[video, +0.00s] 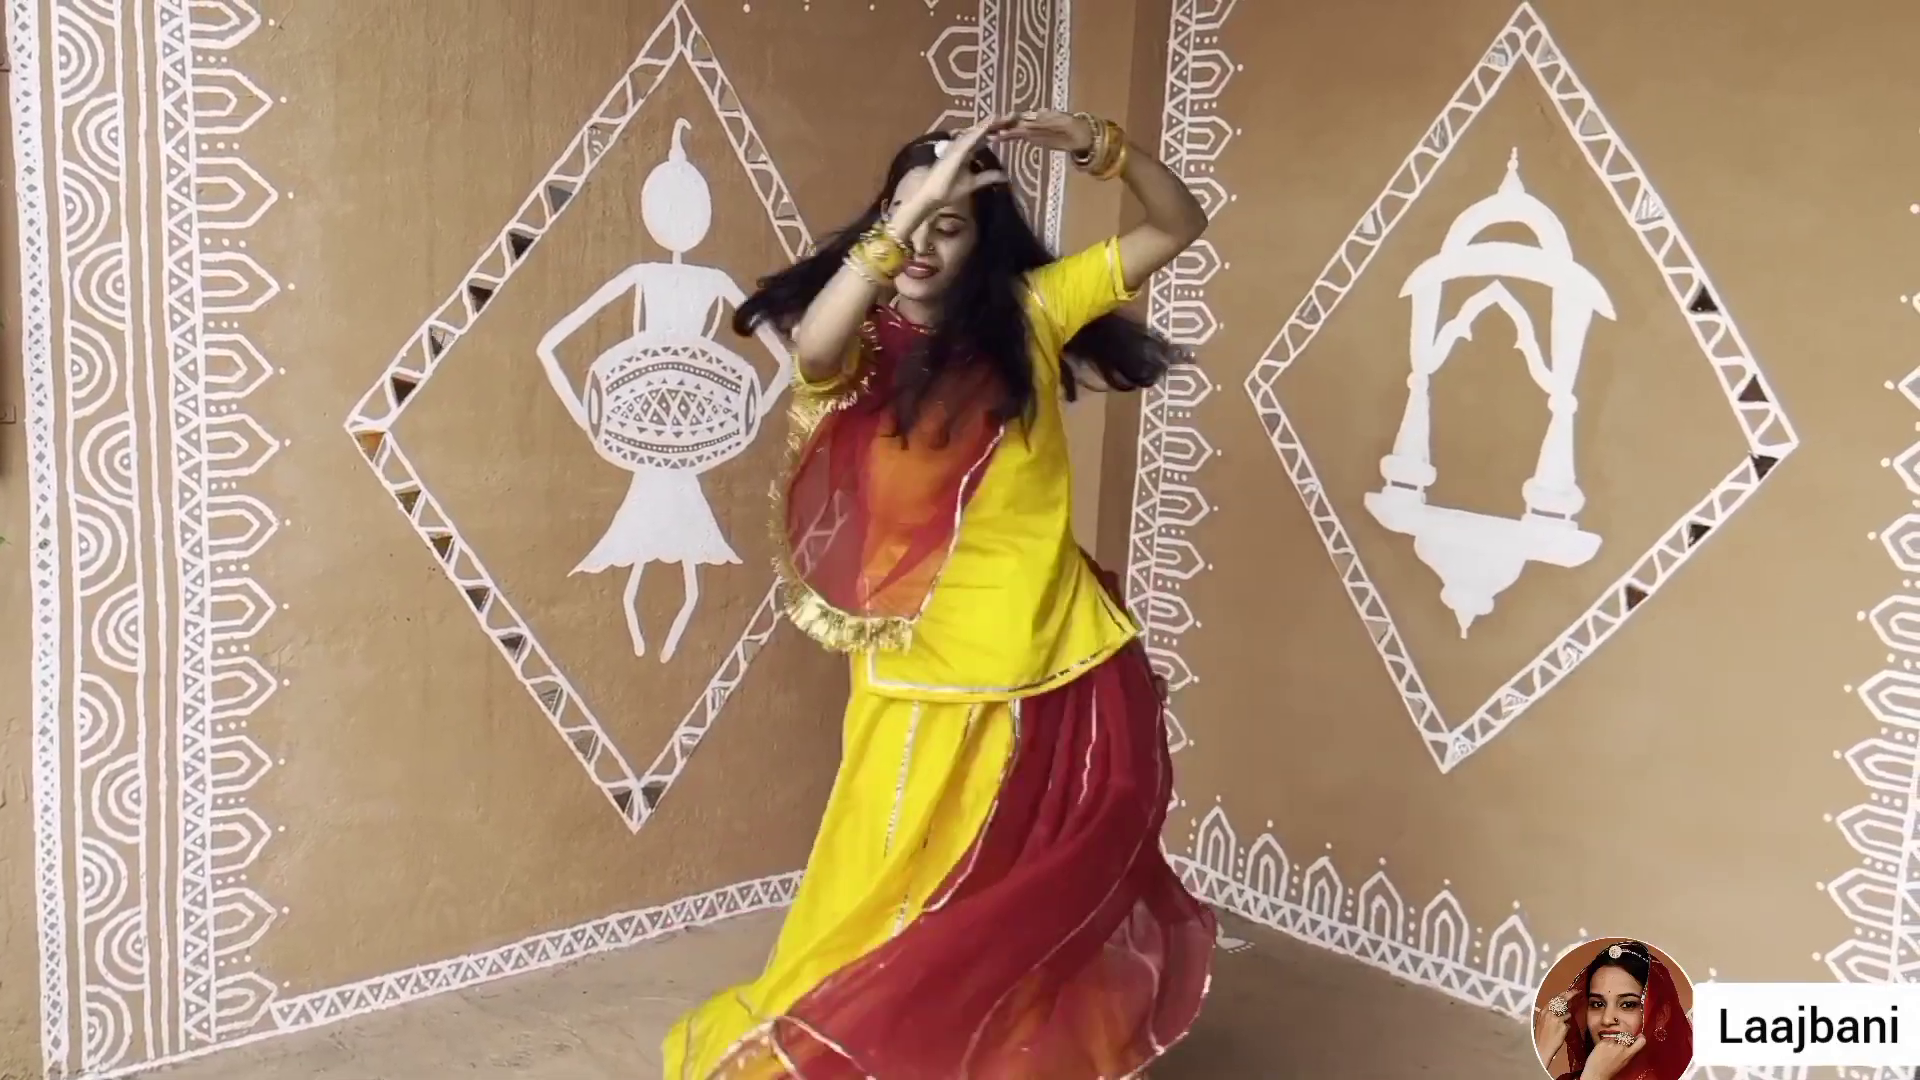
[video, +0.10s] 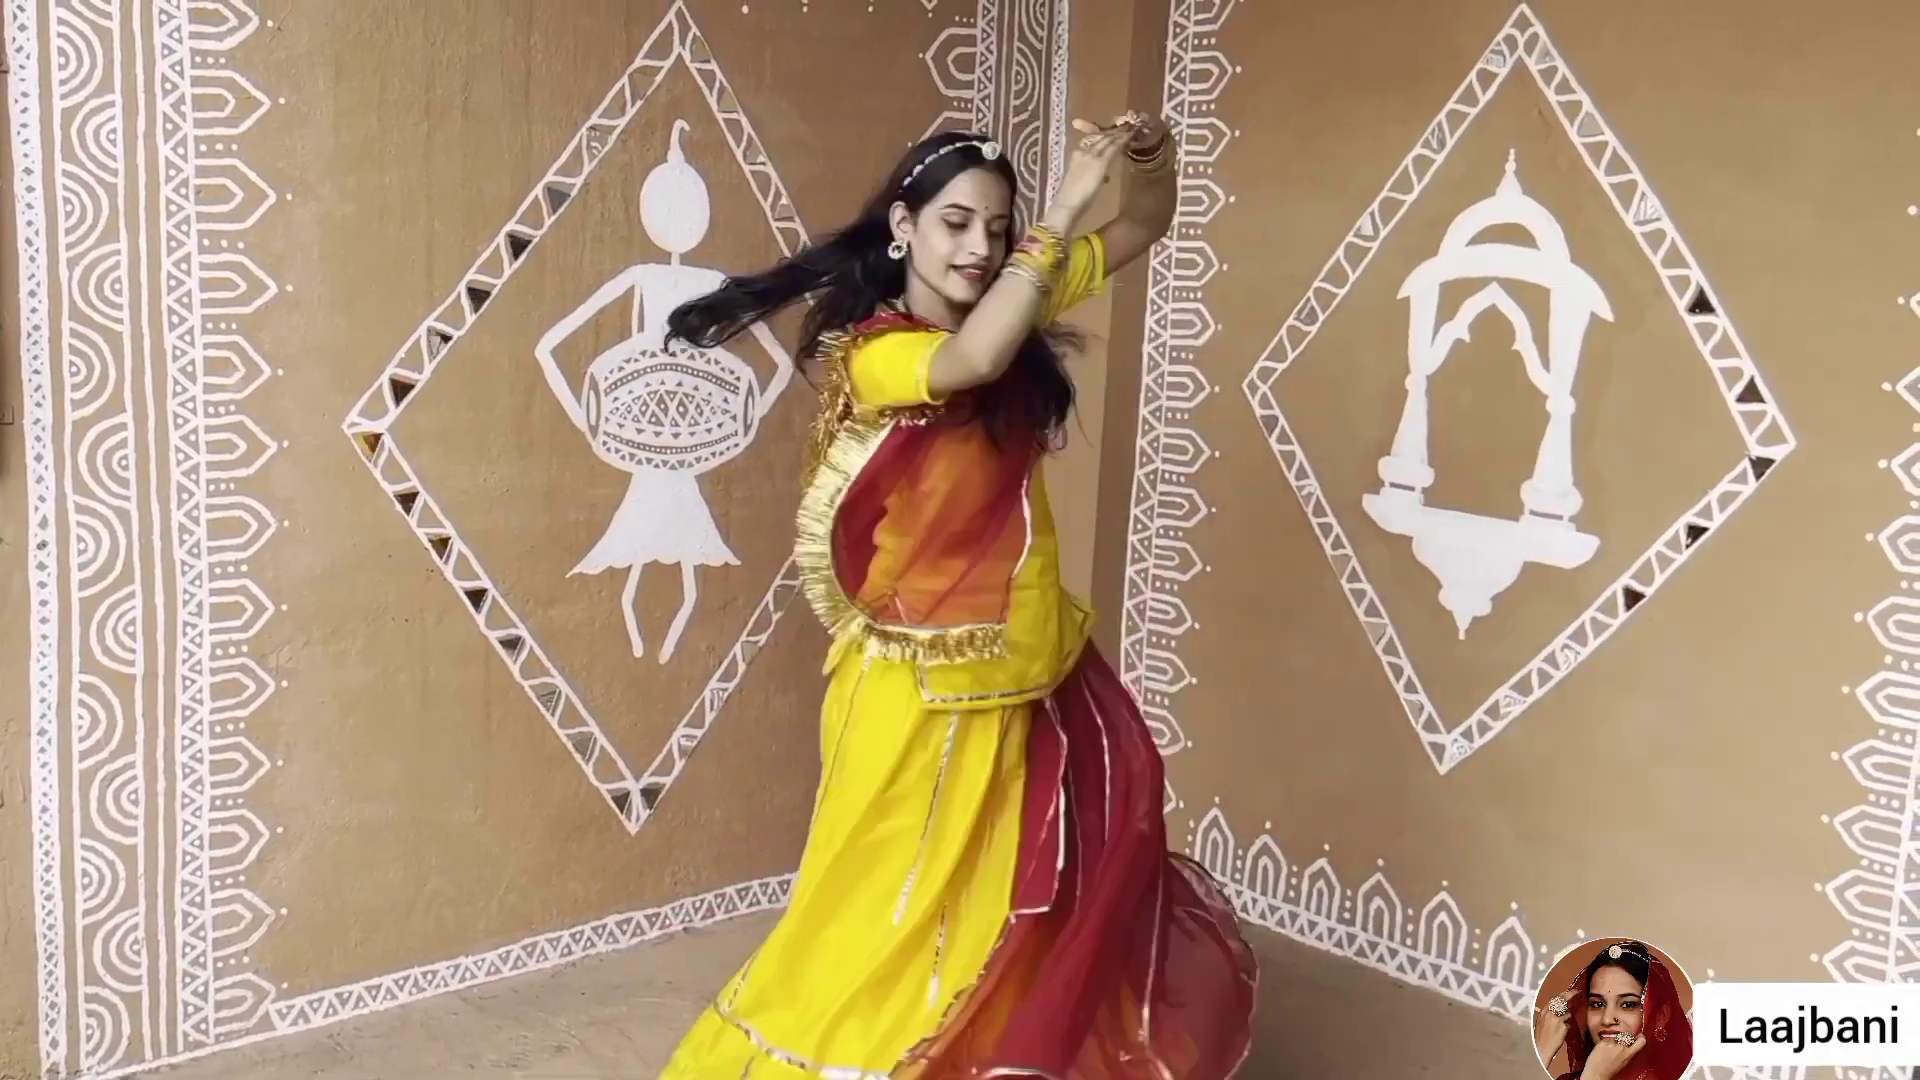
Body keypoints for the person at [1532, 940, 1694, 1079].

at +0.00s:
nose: (1608, 1019)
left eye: (1627, 1005)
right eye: (1597, 1004)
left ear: (1658, 1013)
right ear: (1585, 1012)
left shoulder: (1667, 1075)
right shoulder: (1567, 1077)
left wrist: (1595, 1075)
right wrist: (1538, 1056)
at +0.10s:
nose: (1608, 1019)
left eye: (1627, 1005)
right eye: (1597, 1004)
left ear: (1658, 1013)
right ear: (1584, 1012)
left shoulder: (1665, 1076)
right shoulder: (1566, 1078)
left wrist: (1595, 1076)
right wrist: (1538, 1057)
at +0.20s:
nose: (1608, 1019)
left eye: (1627, 1005)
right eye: (1597, 1004)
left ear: (1658, 1013)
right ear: (1584, 1012)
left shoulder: (1665, 1076)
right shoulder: (1566, 1078)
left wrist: (1595, 1076)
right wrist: (1538, 1057)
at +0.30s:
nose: (1608, 1019)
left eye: (1627, 1005)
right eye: (1597, 1004)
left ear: (1658, 1013)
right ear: (1585, 1012)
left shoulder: (1667, 1075)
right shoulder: (1567, 1077)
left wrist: (1595, 1075)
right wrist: (1538, 1056)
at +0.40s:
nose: (1608, 1019)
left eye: (1627, 1005)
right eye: (1597, 1004)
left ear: (1658, 1013)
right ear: (1584, 1012)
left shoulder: (1667, 1076)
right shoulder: (1566, 1078)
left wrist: (1595, 1076)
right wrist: (1538, 1056)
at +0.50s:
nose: (1607, 1019)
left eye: (1627, 1005)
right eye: (1597, 1004)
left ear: (1658, 1013)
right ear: (1585, 1012)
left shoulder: (1668, 1075)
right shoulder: (1566, 1078)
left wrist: (1595, 1075)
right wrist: (1539, 1055)